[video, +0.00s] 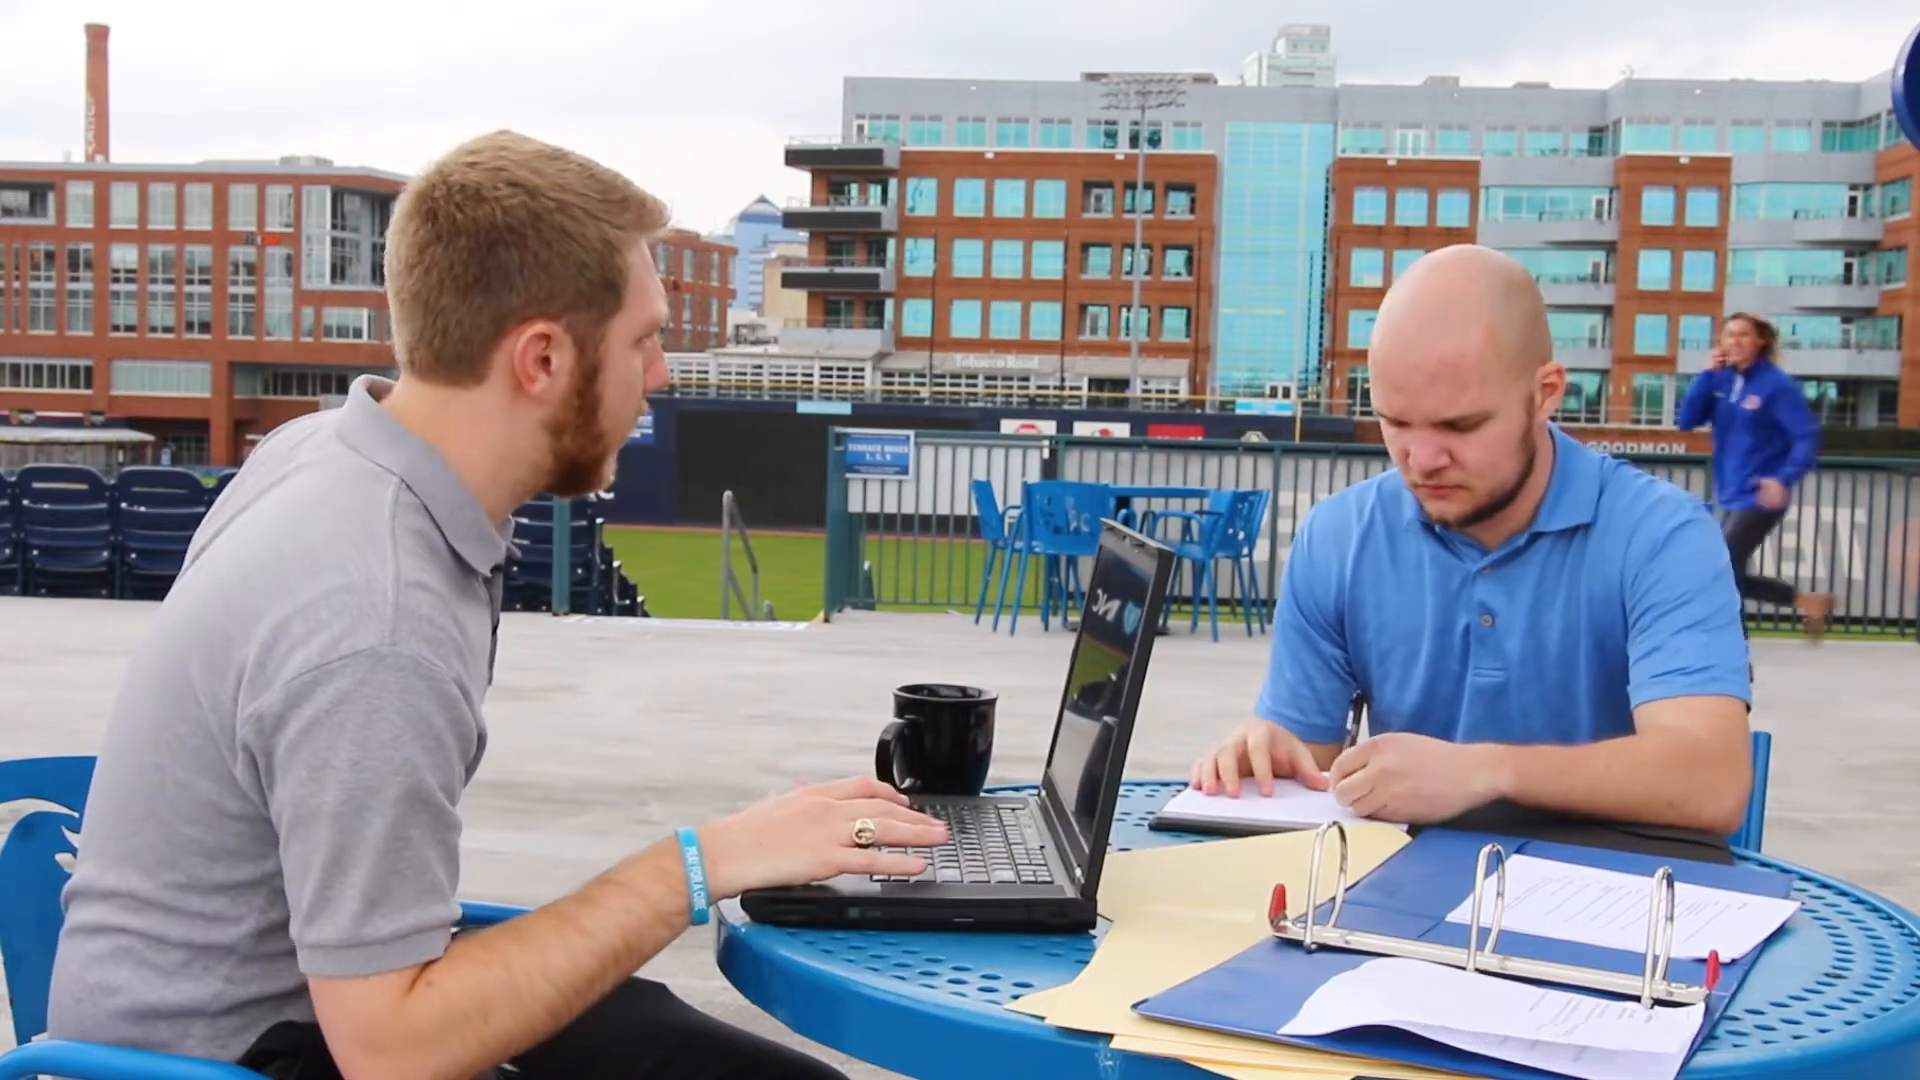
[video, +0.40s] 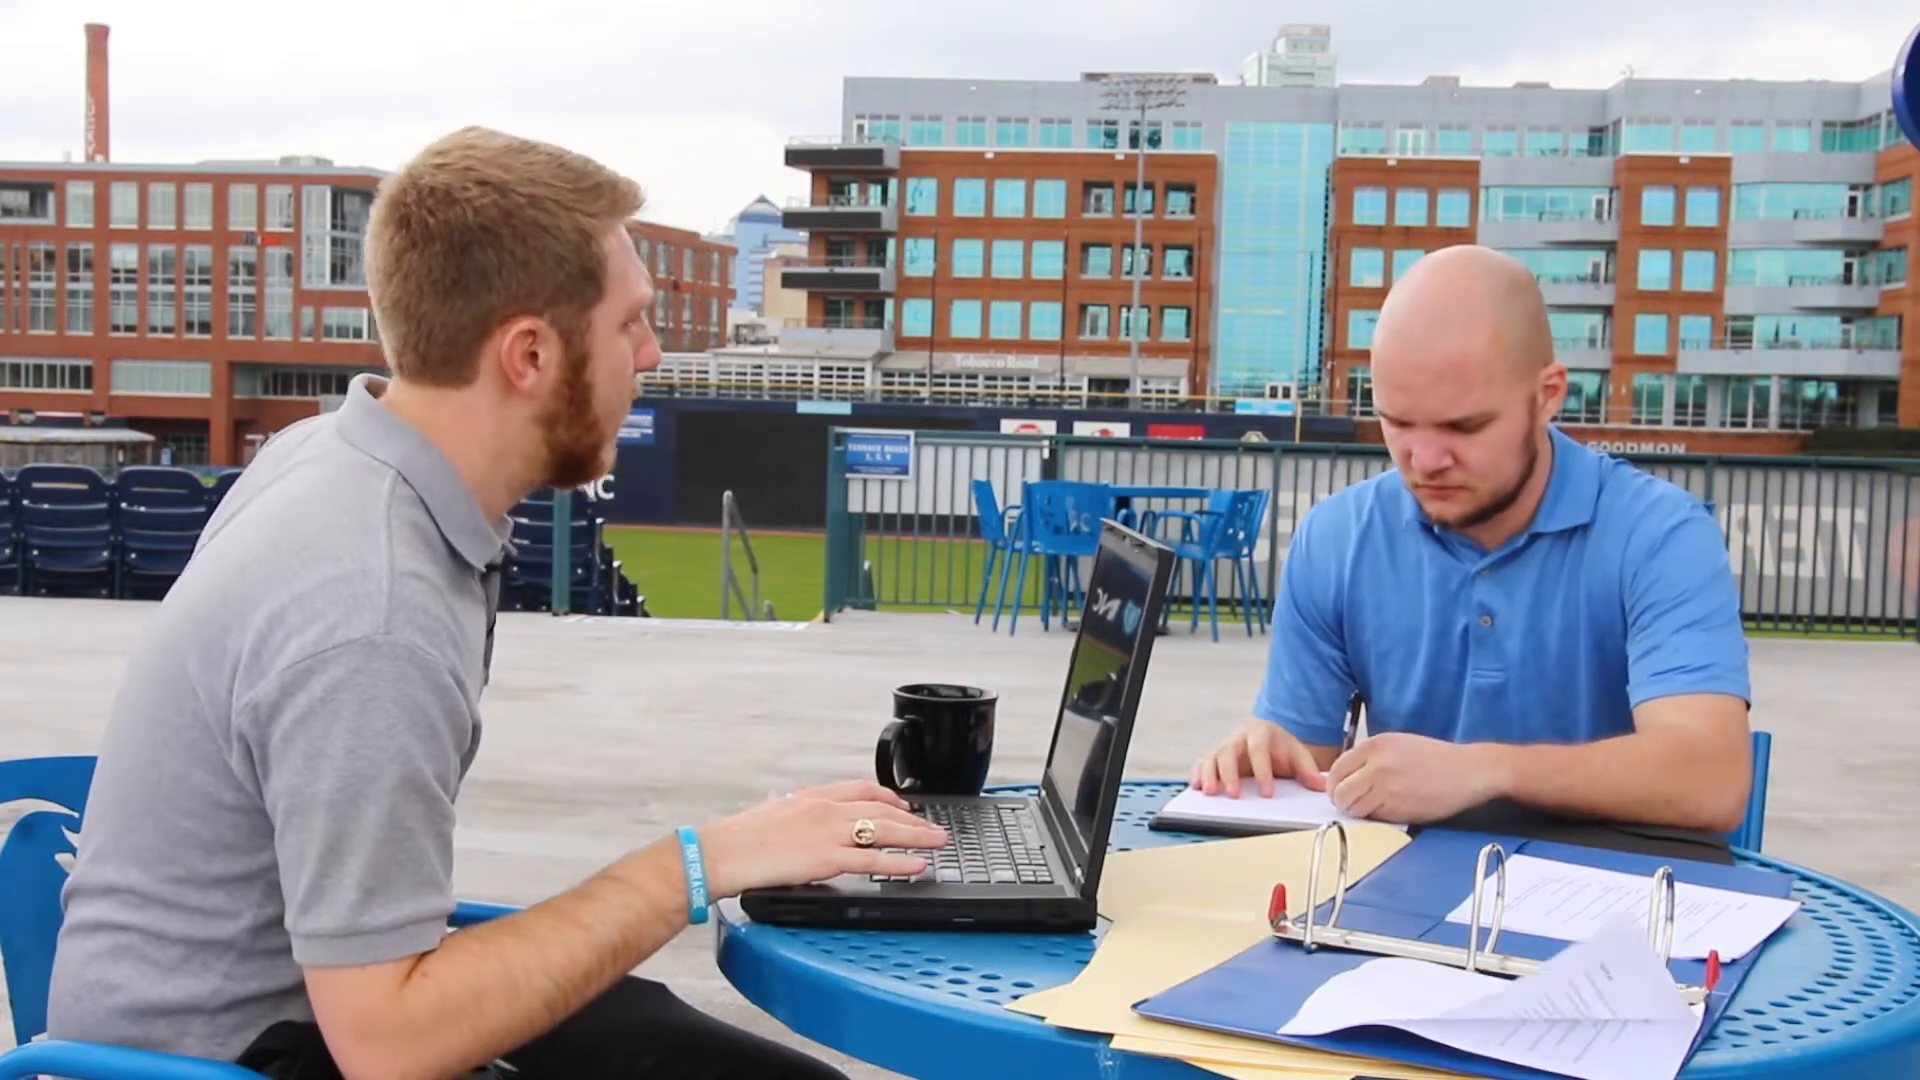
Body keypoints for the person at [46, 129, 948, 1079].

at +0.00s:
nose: (663, 377)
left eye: (661, 339)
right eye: (647, 343)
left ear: (530, 356)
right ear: (538, 362)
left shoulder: (322, 458)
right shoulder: (365, 623)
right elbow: (393, 1037)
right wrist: (711, 860)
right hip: (211, 1049)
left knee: (611, 998)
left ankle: (817, 1066)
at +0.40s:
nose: (652, 357)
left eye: (645, 320)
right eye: (631, 324)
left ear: (526, 352)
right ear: (527, 356)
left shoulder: (332, 461)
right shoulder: (362, 614)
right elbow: (387, 1036)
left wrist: (393, 942)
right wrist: (711, 860)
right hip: (209, 1052)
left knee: (615, 1002)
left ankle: (816, 1068)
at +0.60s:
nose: (606, 391)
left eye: (623, 361)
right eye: (608, 366)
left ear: (405, 325)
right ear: (543, 373)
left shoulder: (340, 463)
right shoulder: (349, 620)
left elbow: (485, 501)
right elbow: (387, 1038)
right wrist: (713, 859)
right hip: (211, 1050)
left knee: (625, 1007)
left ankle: (811, 1070)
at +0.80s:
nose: (614, 371)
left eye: (619, 339)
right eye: (618, 343)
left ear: (403, 322)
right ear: (563, 379)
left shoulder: (354, 459)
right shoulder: (330, 626)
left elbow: (554, 511)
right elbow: (385, 1040)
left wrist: (775, 471)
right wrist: (710, 859)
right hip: (209, 1051)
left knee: (633, 1007)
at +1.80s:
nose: (603, 358)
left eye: (606, 327)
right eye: (608, 328)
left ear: (396, 313)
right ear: (574, 352)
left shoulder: (319, 470)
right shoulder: (347, 612)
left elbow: (447, 618)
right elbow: (379, 1030)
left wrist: (691, 589)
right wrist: (706, 859)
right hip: (219, 1048)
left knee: (644, 1015)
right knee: (792, 1063)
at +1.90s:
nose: (607, 357)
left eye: (610, 326)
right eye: (611, 326)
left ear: (397, 313)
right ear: (572, 350)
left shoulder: (338, 469)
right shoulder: (348, 610)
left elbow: (383, 683)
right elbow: (378, 1029)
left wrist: (614, 689)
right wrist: (704, 859)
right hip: (221, 1047)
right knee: (793, 1072)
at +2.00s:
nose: (615, 355)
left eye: (616, 320)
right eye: (615, 320)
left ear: (407, 314)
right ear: (563, 346)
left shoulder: (368, 481)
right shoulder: (348, 598)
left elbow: (345, 749)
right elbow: (374, 1027)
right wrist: (715, 859)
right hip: (212, 1046)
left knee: (650, 1014)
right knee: (786, 1066)